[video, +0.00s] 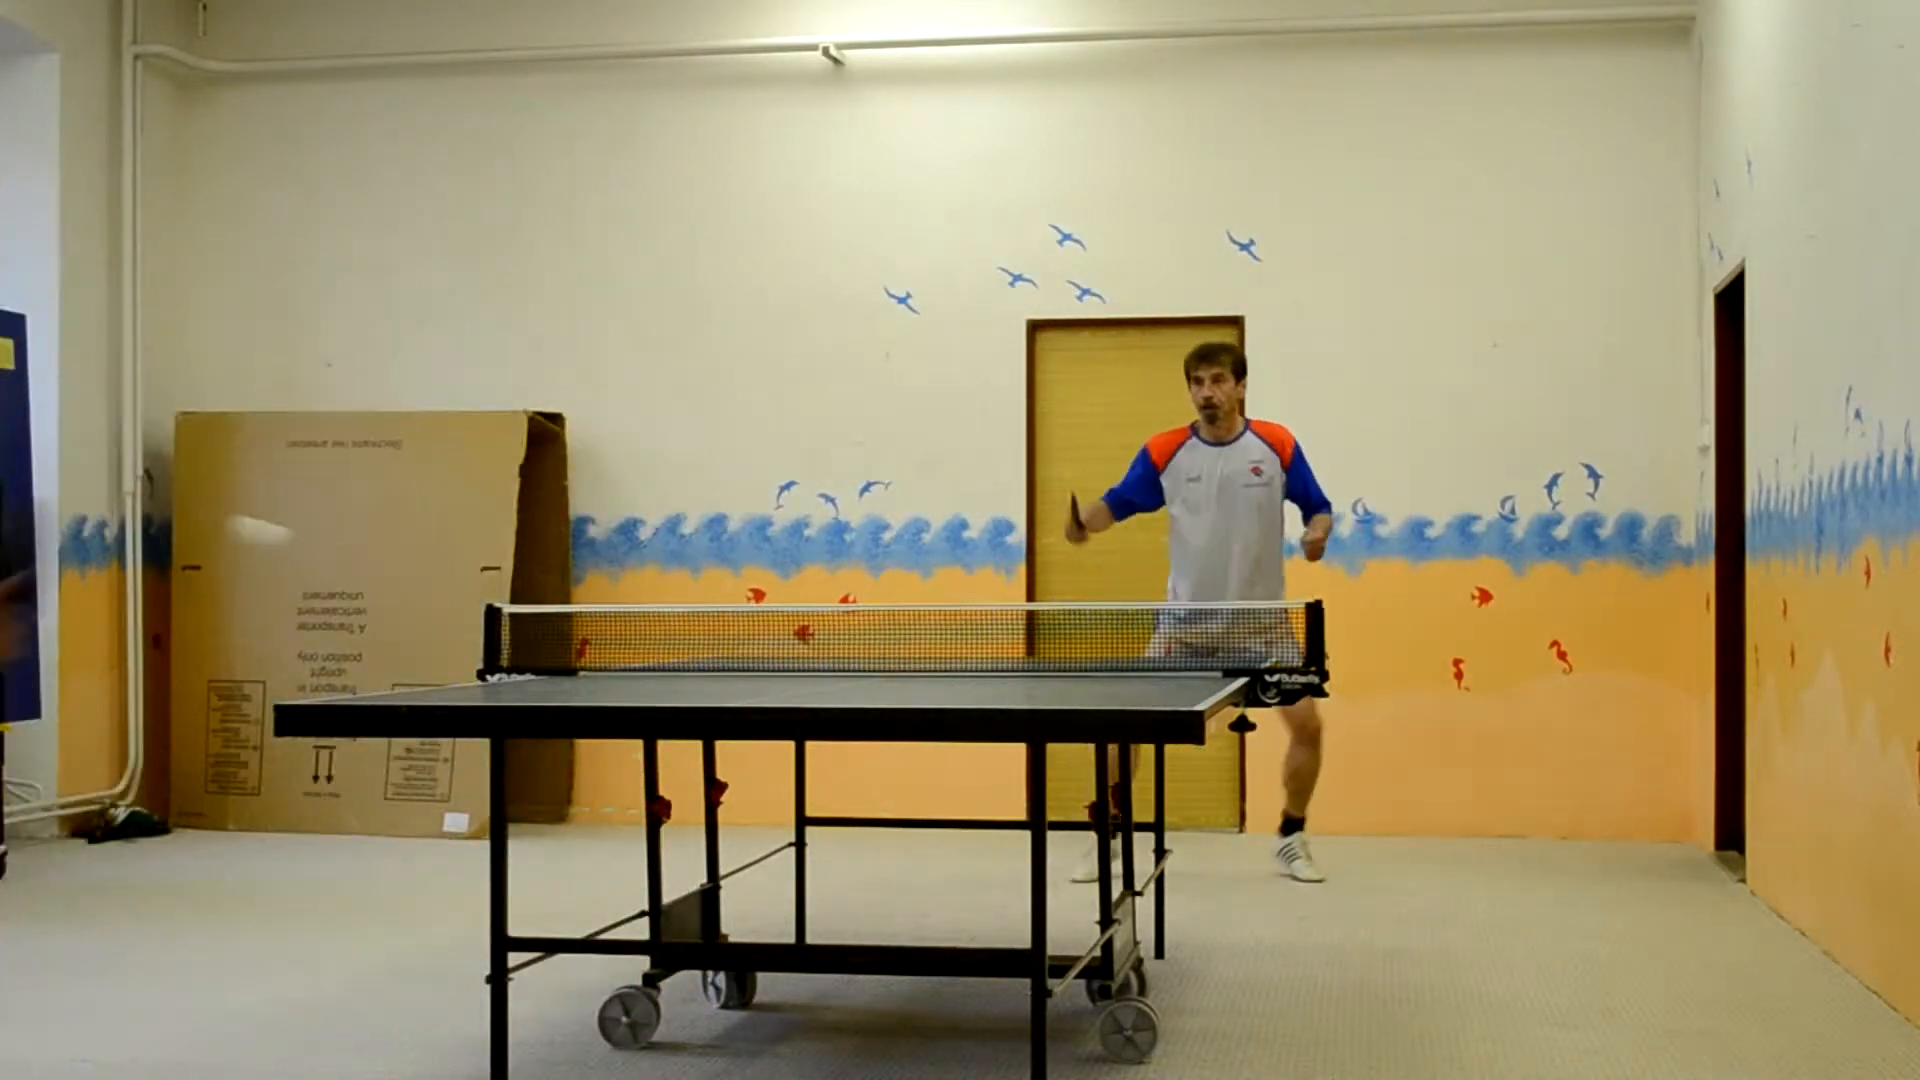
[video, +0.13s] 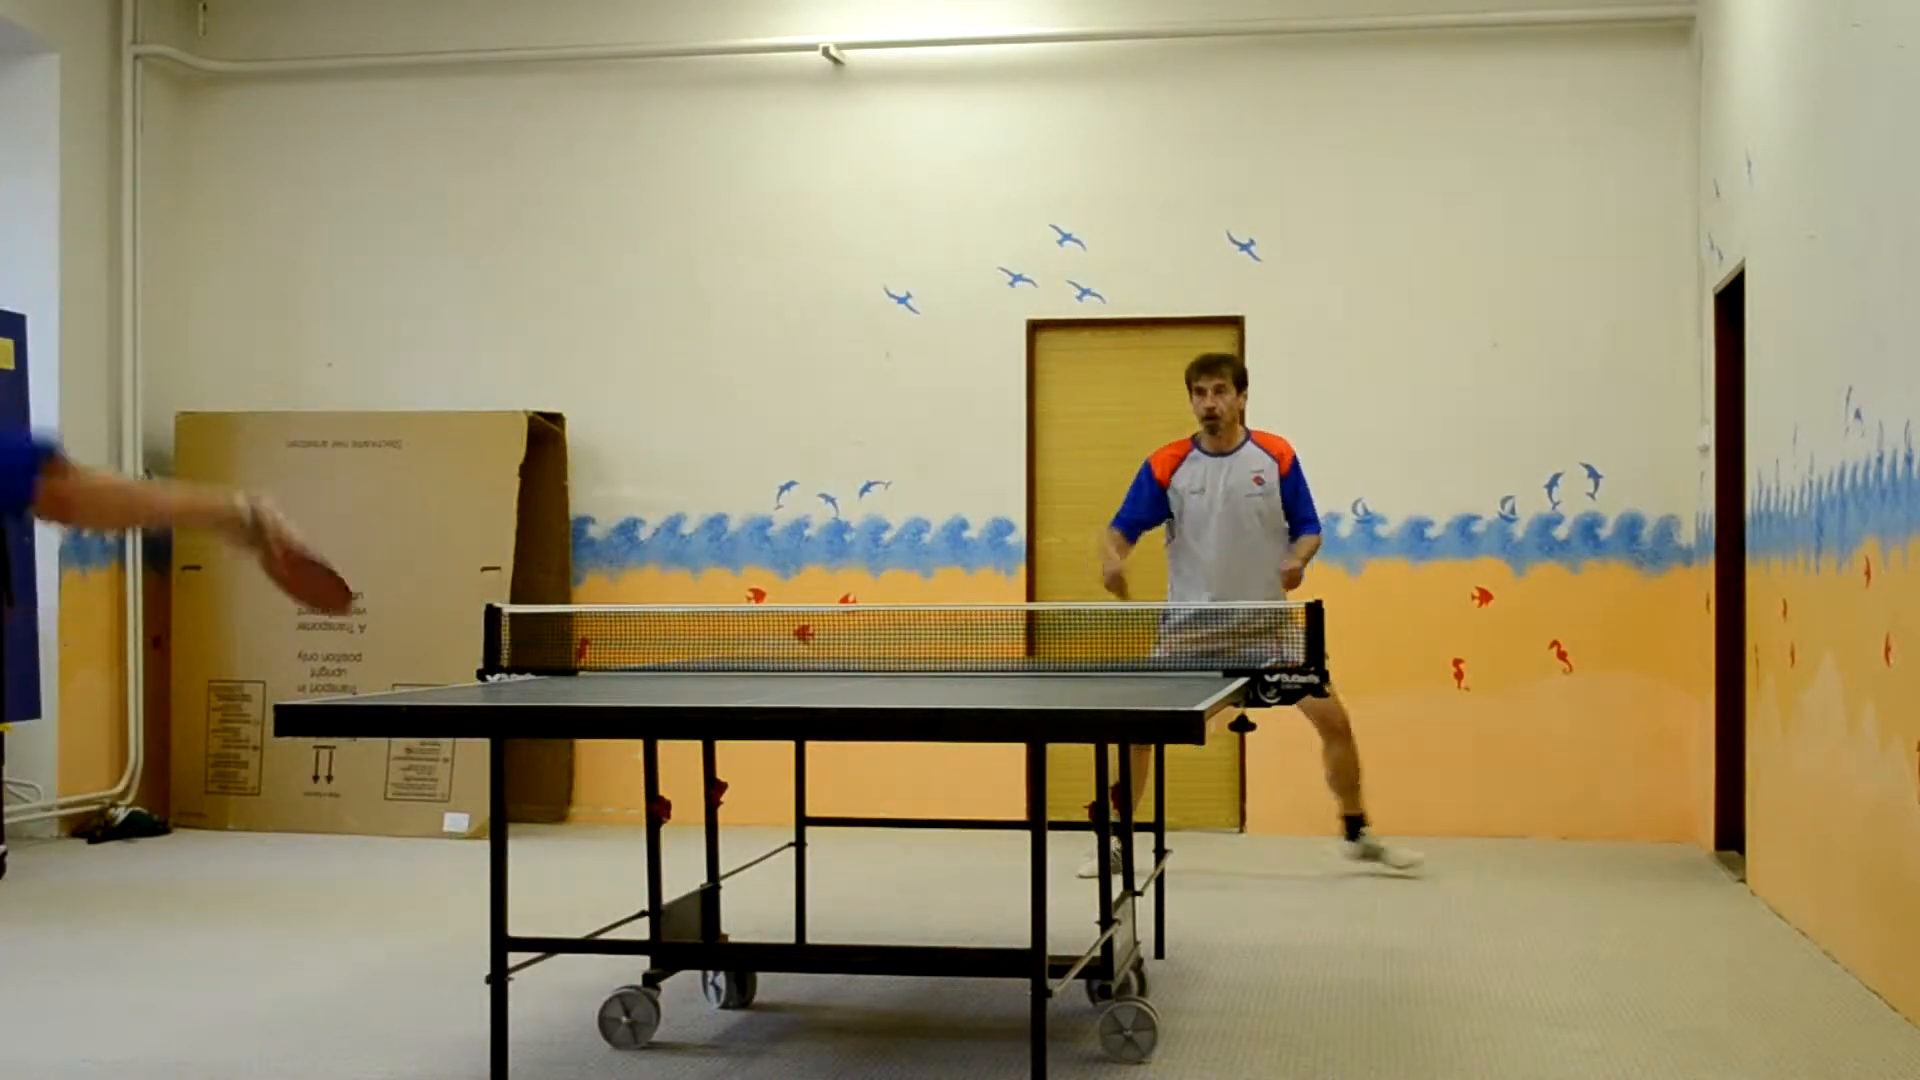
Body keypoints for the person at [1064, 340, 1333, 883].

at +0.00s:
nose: (1209, 392)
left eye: (1218, 380)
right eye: (1199, 382)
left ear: (1240, 385)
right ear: (1188, 391)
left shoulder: (1277, 444)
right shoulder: (1165, 452)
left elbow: (1318, 508)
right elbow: (1115, 503)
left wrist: (1317, 533)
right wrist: (1083, 522)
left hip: (1262, 621)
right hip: (1185, 621)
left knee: (1307, 723)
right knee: (1130, 717)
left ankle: (1292, 836)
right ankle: (1106, 835)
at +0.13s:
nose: (1210, 402)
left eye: (1220, 392)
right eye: (1200, 393)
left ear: (1240, 396)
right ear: (1190, 399)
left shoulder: (1276, 456)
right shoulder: (1166, 465)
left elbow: (1309, 529)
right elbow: (1120, 530)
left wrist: (1297, 559)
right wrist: (1112, 562)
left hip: (1266, 627)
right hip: (1189, 629)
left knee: (1334, 720)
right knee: (1139, 726)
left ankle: (1356, 833)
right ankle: (1118, 839)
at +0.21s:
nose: (1221, 417)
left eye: (1232, 407)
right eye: (1212, 408)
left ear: (1251, 412)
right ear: (1201, 413)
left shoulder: (1285, 471)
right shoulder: (1177, 479)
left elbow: (1314, 548)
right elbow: (1136, 549)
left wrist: (1296, 571)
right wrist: (1150, 594)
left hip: (1274, 640)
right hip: (1200, 644)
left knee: (1351, 734)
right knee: (1143, 731)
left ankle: (1396, 835)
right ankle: (1116, 839)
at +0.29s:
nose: (1250, 432)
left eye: (1260, 422)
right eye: (1241, 423)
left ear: (1278, 427)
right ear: (1229, 428)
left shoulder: (1309, 482)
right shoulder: (1205, 491)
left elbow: (1337, 560)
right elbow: (1177, 570)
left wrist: (1315, 571)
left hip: (1291, 642)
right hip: (1221, 643)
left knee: (1375, 737)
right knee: (1156, 738)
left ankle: (1405, 843)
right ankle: (1115, 842)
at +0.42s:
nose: (1329, 443)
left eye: (1337, 432)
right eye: (1318, 434)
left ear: (1351, 435)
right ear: (1304, 440)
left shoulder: (1369, 484)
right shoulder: (1285, 509)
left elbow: (1392, 560)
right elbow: (1285, 608)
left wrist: (1386, 557)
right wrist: (1361, 643)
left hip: (1341, 645)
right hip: (1272, 644)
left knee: (1408, 734)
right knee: (1203, 743)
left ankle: (1414, 850)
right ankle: (1134, 839)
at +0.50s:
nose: (1375, 434)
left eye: (1383, 423)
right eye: (1364, 425)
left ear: (1394, 426)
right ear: (1345, 430)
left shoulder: (1399, 469)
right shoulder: (1331, 497)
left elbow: (1412, 531)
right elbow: (1347, 592)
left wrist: (1434, 554)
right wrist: (1415, 624)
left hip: (1378, 630)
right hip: (1318, 628)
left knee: (1436, 729)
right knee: (1245, 733)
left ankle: (1417, 847)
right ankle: (1176, 830)